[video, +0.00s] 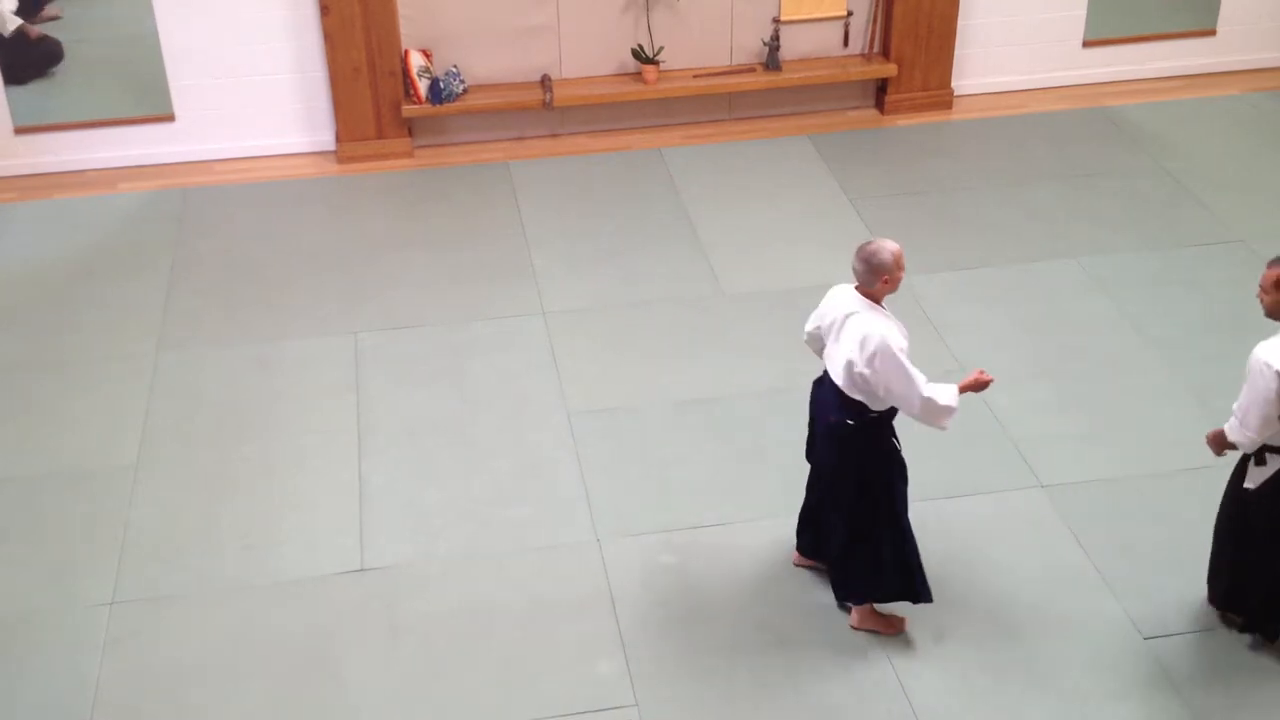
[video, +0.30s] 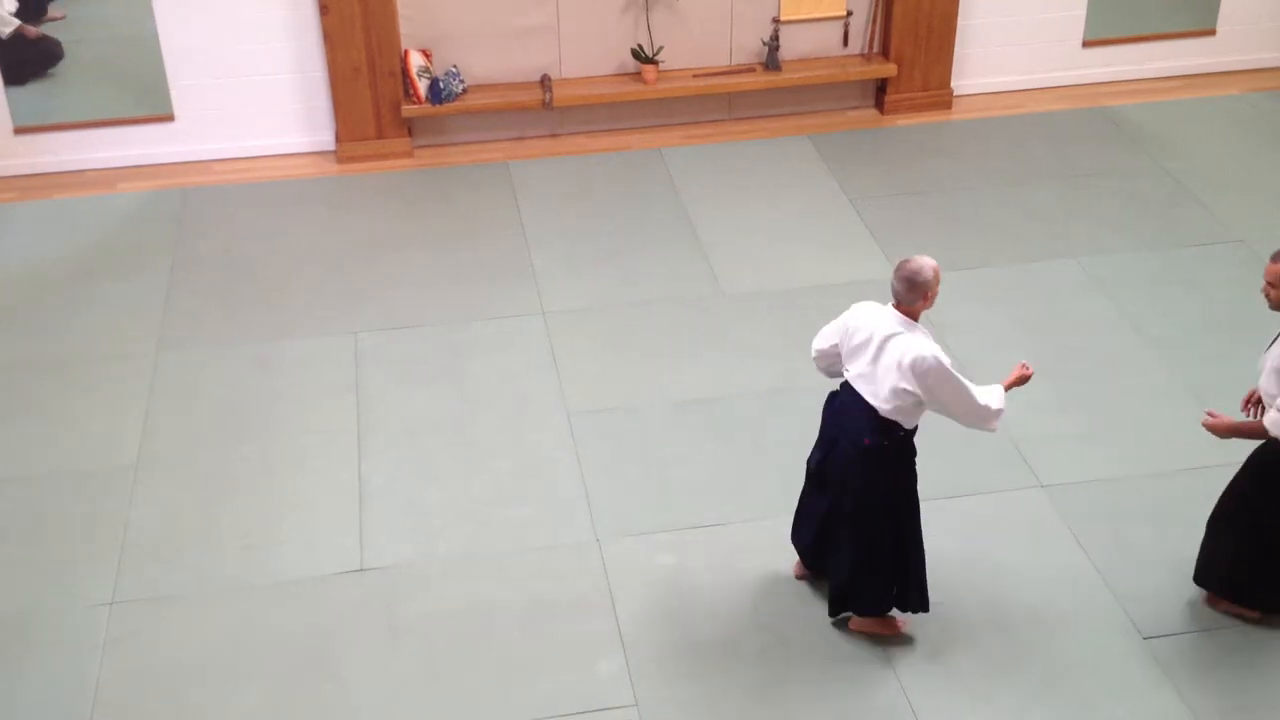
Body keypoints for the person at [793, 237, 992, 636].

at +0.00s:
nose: (904, 272)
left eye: (902, 266)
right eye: (901, 268)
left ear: (862, 272)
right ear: (887, 281)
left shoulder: (839, 294)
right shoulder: (881, 337)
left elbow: (813, 333)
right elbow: (914, 396)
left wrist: (841, 362)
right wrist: (960, 388)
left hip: (825, 403)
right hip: (858, 430)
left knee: (825, 481)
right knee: (870, 510)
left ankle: (810, 549)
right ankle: (862, 608)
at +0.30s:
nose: (937, 290)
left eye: (936, 284)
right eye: (936, 287)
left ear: (894, 286)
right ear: (928, 298)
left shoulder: (863, 313)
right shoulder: (923, 355)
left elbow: (823, 354)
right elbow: (971, 407)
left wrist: (855, 373)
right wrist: (1006, 385)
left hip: (838, 416)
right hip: (879, 441)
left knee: (827, 489)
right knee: (879, 521)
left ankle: (809, 559)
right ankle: (869, 611)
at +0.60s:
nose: (941, 302)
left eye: (939, 296)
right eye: (940, 299)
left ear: (897, 294)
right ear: (935, 308)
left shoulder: (864, 323)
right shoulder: (929, 365)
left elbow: (818, 366)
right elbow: (985, 411)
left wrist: (853, 374)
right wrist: (1021, 386)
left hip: (840, 428)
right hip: (884, 451)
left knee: (825, 504)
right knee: (885, 532)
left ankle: (805, 577)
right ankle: (878, 620)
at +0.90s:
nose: (844, 299)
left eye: (841, 292)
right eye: (841, 293)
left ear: (808, 290)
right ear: (834, 299)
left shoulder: (776, 313)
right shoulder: (826, 353)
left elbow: (755, 342)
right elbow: (881, 386)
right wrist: (942, 370)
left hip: (752, 417)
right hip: (785, 437)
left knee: (758, 507)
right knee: (798, 517)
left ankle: (750, 580)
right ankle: (793, 609)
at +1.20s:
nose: (895, 312)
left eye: (901, 311)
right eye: (899, 306)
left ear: (920, 327)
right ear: (944, 317)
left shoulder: (909, 375)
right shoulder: (977, 333)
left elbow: (833, 385)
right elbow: (1015, 366)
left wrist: (761, 378)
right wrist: (981, 390)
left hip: (958, 470)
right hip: (1005, 447)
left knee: (879, 526)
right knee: (1016, 530)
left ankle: (869, 619)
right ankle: (1041, 608)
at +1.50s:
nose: (740, 334)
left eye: (745, 331)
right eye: (743, 328)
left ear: (765, 344)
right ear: (790, 332)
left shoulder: (764, 396)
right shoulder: (830, 349)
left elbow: (694, 408)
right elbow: (879, 381)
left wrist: (634, 385)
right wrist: (908, 416)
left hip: (825, 491)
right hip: (868, 461)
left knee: (775, 569)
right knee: (884, 539)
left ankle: (784, 651)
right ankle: (917, 610)